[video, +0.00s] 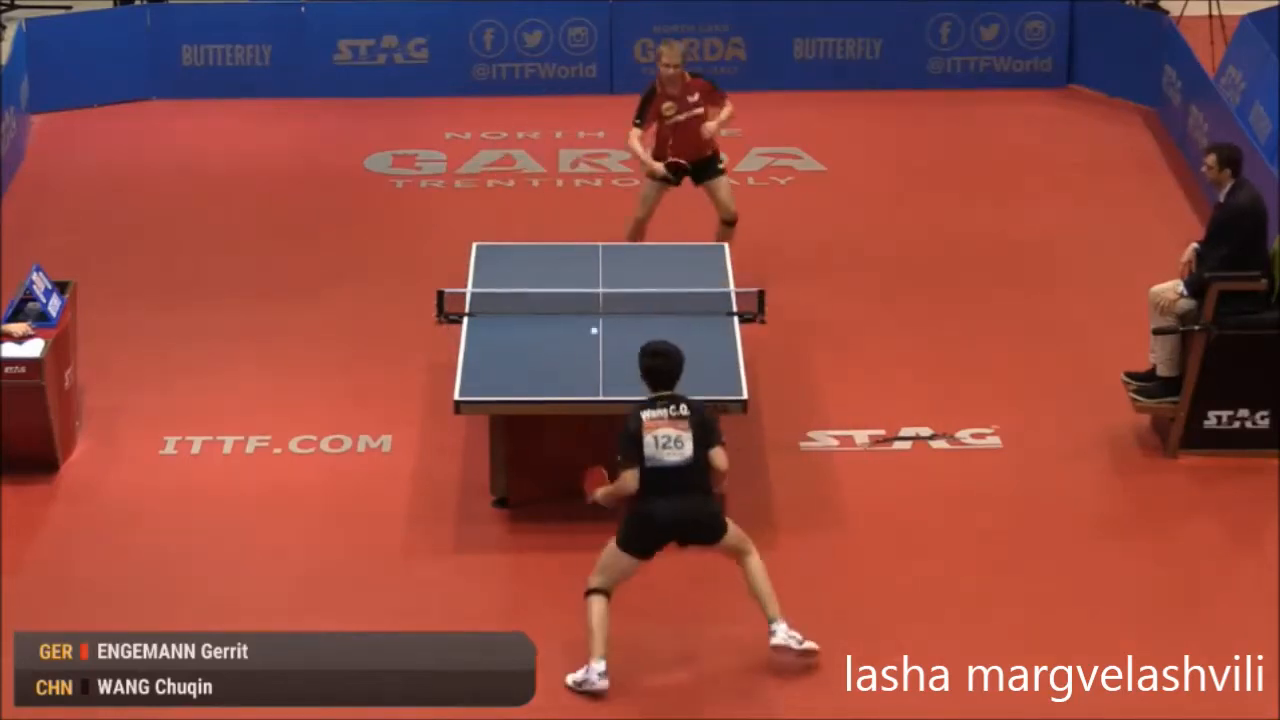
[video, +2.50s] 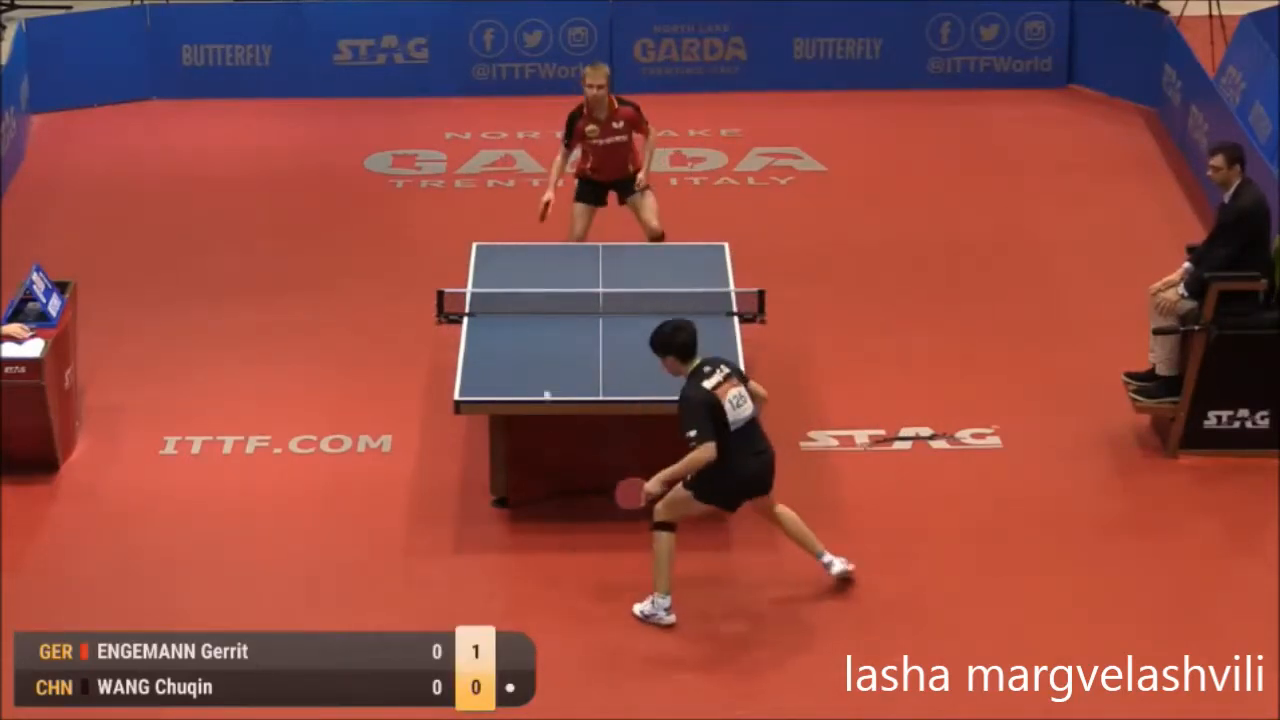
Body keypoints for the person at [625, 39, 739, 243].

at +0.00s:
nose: (671, 72)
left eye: (676, 67)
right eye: (666, 66)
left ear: (683, 66)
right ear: (658, 66)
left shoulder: (700, 86)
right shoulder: (653, 95)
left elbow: (728, 107)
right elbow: (634, 137)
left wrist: (716, 123)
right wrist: (650, 163)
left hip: (704, 159)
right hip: (668, 162)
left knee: (729, 215)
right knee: (641, 217)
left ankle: (716, 266)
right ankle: (627, 263)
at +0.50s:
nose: (678, 130)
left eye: (683, 124)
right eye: (672, 124)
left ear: (690, 122)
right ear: (664, 124)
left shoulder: (707, 141)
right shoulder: (656, 146)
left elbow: (728, 165)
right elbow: (640, 182)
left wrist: (716, 204)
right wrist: (643, 200)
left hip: (700, 202)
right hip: (663, 203)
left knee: (724, 256)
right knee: (625, 249)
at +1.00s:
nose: (632, 143)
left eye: (636, 137)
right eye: (626, 137)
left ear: (643, 133)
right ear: (617, 137)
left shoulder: (662, 149)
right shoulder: (610, 161)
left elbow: (686, 169)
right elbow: (596, 198)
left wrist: (664, 195)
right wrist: (594, 219)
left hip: (666, 209)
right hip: (628, 213)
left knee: (697, 251)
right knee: (610, 255)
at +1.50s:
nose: (585, 159)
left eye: (590, 153)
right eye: (581, 153)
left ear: (604, 149)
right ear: (578, 151)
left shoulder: (627, 164)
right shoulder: (597, 172)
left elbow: (662, 202)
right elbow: (610, 199)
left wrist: (624, 221)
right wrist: (593, 227)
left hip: (665, 232)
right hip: (634, 232)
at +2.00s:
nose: (513, 177)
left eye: (517, 171)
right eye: (512, 171)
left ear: (534, 166)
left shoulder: (567, 176)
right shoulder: (526, 187)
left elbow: (616, 180)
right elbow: (492, 181)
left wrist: (588, 195)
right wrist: (500, 149)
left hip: (609, 239)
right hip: (573, 241)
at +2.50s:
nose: (595, 93)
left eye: (600, 87)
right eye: (590, 87)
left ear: (608, 87)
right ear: (583, 87)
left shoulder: (628, 112)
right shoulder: (577, 117)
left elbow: (650, 134)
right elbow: (564, 154)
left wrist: (644, 171)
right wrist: (550, 190)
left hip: (627, 177)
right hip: (591, 179)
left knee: (655, 230)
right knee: (577, 237)